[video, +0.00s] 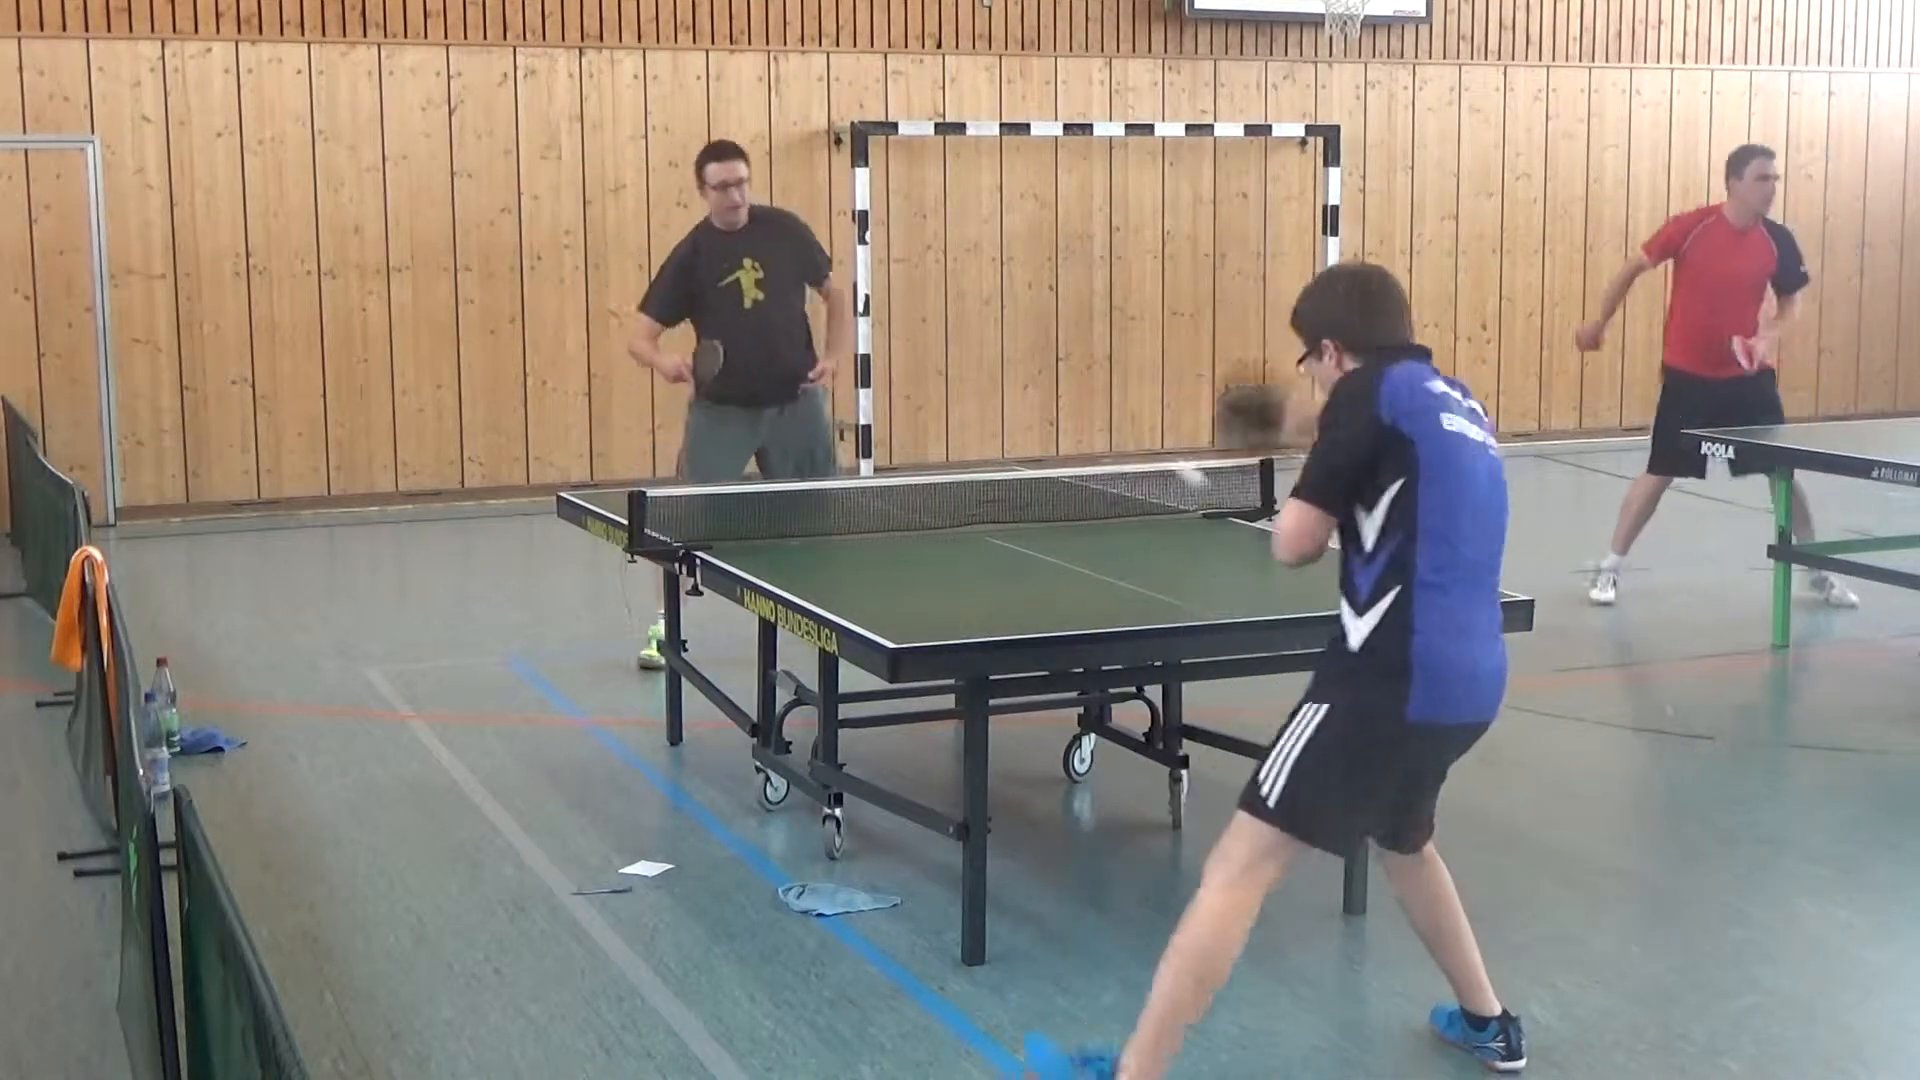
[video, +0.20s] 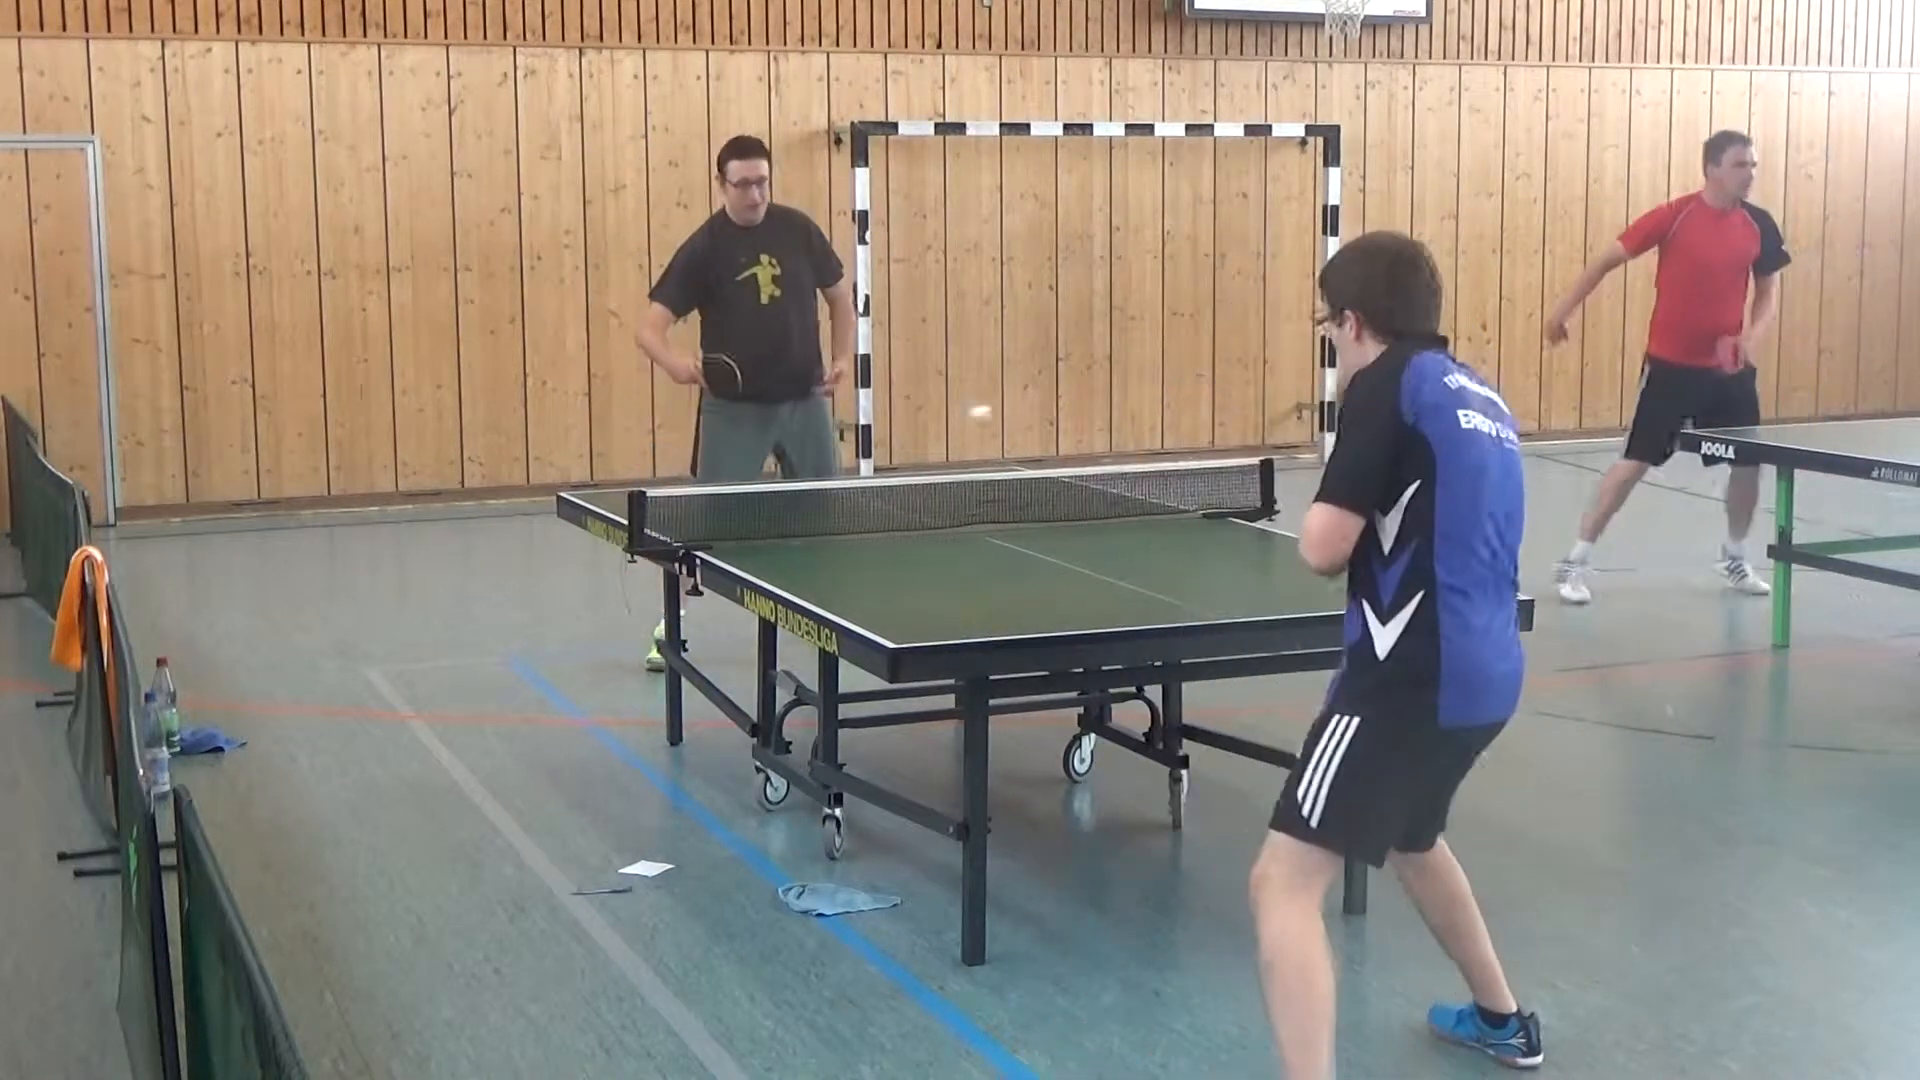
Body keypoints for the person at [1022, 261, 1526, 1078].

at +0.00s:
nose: (1313, 374)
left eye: (1311, 356)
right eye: (1309, 357)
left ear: (1340, 348)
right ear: (1398, 337)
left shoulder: (1369, 395)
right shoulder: (1457, 399)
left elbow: (1293, 544)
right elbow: (1431, 527)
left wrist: (1336, 472)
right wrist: (1344, 479)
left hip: (1384, 681)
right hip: (1469, 679)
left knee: (1242, 865)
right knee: (1405, 834)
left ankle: (1135, 1066)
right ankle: (1489, 1018)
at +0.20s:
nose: (1334, 345)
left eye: (1334, 327)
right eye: (1331, 327)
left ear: (1360, 324)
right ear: (1425, 315)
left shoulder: (1386, 389)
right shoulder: (1479, 390)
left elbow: (1323, 548)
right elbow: (1469, 537)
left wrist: (1351, 505)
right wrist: (1369, 511)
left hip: (1404, 683)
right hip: (1485, 681)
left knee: (1284, 881)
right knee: (1413, 837)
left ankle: (1309, 1069)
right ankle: (1501, 1016)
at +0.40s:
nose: (1318, 331)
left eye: (1320, 316)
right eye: (1318, 316)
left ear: (1342, 320)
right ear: (1418, 314)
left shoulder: (1356, 396)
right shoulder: (1485, 404)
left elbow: (1272, 563)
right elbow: (1544, 582)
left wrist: (1283, 559)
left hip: (1404, 696)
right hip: (1497, 691)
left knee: (1272, 898)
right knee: (1441, 848)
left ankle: (1315, 1068)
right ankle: (1504, 1018)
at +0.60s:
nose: (1301, 282)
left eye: (1304, 269)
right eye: (1304, 268)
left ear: (1323, 277)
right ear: (1408, 275)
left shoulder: (1310, 353)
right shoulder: (1482, 370)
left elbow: (1235, 514)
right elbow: (1551, 535)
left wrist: (1230, 576)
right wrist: (1486, 587)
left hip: (1382, 674)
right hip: (1497, 670)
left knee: (1293, 883)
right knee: (1484, 844)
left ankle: (1318, 1071)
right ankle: (1535, 1045)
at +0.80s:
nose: (1292, 309)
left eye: (1292, 293)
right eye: (1291, 292)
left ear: (1312, 297)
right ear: (1392, 288)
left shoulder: (1315, 372)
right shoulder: (1478, 382)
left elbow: (1302, 521)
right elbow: (1539, 539)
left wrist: (1261, 582)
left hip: (1387, 682)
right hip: (1505, 682)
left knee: (1254, 889)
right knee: (1502, 873)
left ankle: (1258, 1071)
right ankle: (1567, 1070)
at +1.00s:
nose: (1220, 350)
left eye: (1225, 330)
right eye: (1220, 331)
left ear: (1263, 332)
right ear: (1296, 325)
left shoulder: (1313, 411)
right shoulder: (1361, 401)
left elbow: (1275, 598)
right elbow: (1165, 517)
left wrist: (1246, 496)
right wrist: (999, 540)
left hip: (1355, 738)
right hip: (1451, 726)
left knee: (1173, 914)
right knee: (1450, 892)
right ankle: (1552, 1069)